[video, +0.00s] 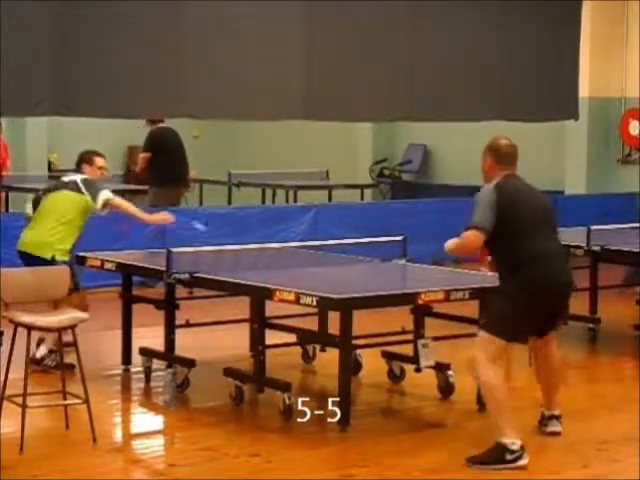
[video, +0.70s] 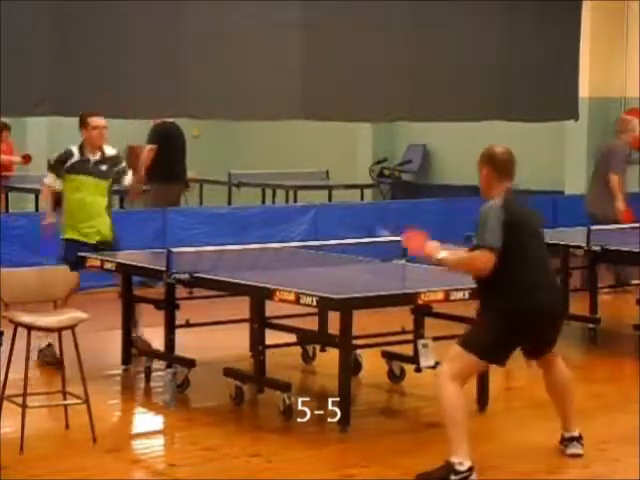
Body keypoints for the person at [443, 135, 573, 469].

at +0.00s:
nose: (482, 167)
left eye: (483, 162)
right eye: (483, 162)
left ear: (489, 162)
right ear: (514, 163)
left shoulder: (492, 191)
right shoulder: (535, 193)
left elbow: (473, 242)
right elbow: (538, 243)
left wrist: (453, 246)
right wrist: (494, 258)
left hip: (522, 283)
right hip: (558, 280)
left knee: (486, 358)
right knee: (544, 341)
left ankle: (509, 443)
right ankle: (551, 414)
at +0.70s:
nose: (479, 179)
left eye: (479, 173)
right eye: (481, 173)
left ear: (486, 173)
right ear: (510, 173)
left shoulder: (494, 209)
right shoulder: (526, 209)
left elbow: (482, 262)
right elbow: (517, 261)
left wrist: (438, 253)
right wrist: (455, 255)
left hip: (508, 311)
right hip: (548, 305)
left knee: (450, 375)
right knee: (549, 358)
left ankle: (460, 463)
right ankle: (572, 434)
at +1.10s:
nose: (478, 159)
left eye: (479, 154)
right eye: (480, 153)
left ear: (484, 159)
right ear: (513, 159)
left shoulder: (487, 201)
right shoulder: (533, 198)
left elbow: (460, 255)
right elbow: (524, 251)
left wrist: (429, 248)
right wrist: (469, 242)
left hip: (491, 309)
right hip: (532, 307)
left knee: (444, 366)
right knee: (537, 363)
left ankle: (463, 461)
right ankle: (570, 435)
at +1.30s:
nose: (472, 151)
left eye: (473, 146)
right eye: (477, 146)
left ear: (476, 148)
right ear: (508, 150)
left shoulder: (464, 187)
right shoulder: (529, 191)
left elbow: (438, 244)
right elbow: (548, 251)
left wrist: (435, 237)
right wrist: (518, 256)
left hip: (472, 295)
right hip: (520, 296)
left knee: (424, 365)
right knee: (543, 366)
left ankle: (439, 452)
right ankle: (562, 446)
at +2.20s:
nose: (451, 165)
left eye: (453, 159)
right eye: (453, 159)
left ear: (459, 158)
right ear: (483, 157)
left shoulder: (449, 188)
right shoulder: (512, 190)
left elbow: (433, 246)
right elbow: (535, 245)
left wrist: (460, 242)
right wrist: (507, 250)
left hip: (472, 285)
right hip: (518, 284)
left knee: (432, 362)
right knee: (534, 360)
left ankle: (418, 448)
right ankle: (545, 441)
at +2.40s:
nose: (386, 162)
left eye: (386, 157)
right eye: (388, 157)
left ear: (390, 155)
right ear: (413, 154)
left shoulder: (395, 175)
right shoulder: (426, 175)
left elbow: (395, 216)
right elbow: (425, 222)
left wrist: (379, 245)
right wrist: (394, 246)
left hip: (436, 265)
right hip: (454, 261)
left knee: (444, 346)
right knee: (421, 339)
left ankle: (476, 427)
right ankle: (410, 408)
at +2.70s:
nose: (361, 178)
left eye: (363, 173)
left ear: (367, 169)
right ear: (386, 168)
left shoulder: (373, 173)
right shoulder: (399, 186)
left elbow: (379, 204)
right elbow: (392, 241)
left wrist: (363, 244)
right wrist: (352, 243)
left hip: (429, 244)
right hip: (424, 254)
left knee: (449, 313)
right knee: (420, 332)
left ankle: (491, 378)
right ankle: (411, 391)